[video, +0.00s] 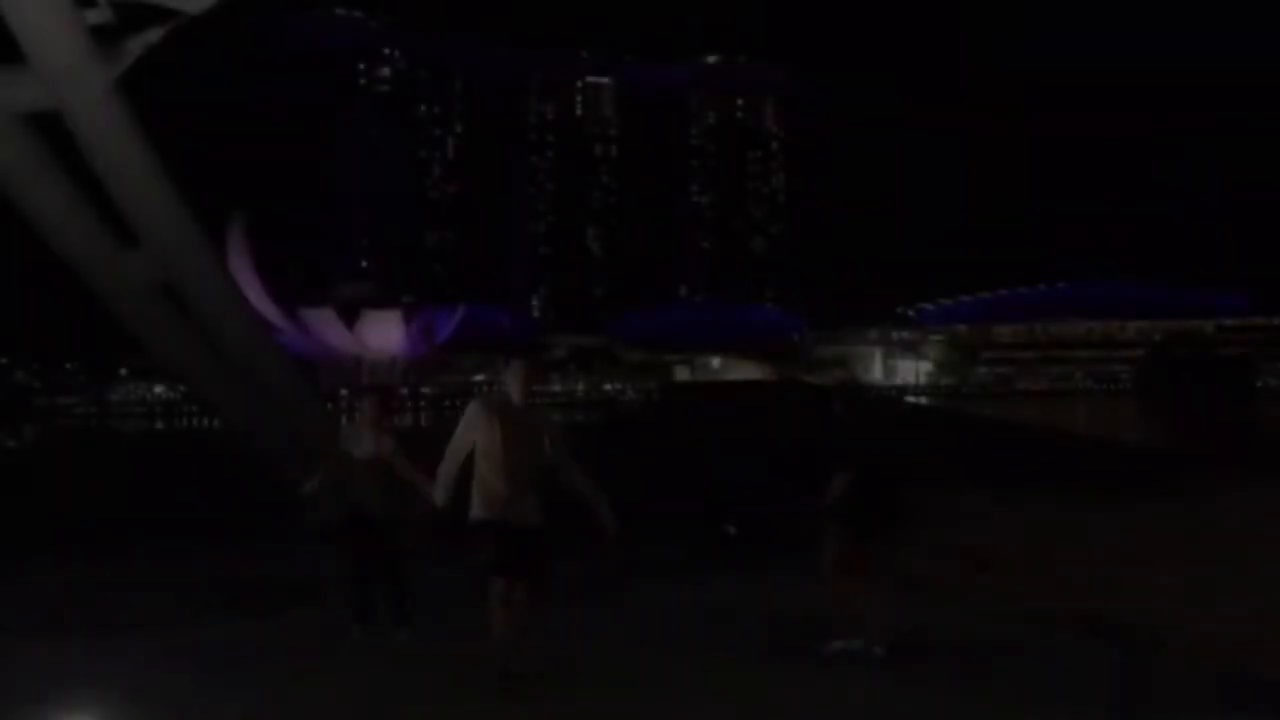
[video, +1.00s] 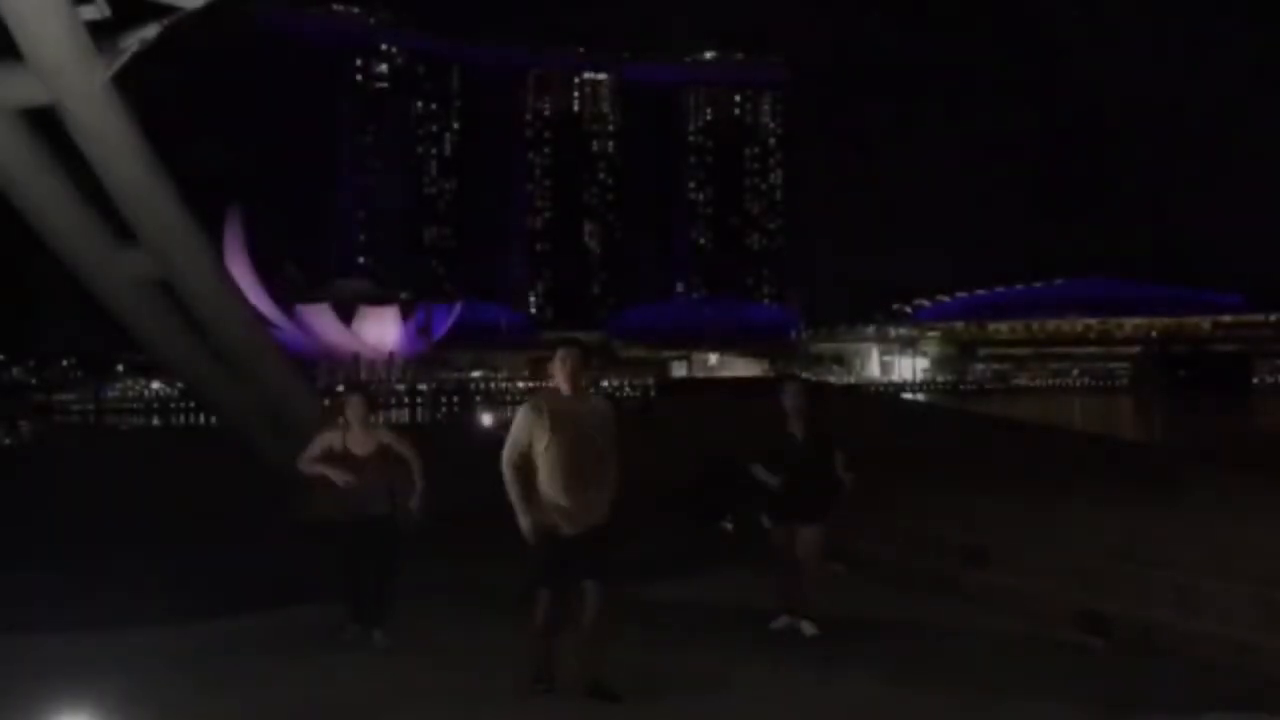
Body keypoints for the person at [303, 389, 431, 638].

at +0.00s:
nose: (368, 417)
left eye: (372, 412)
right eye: (363, 412)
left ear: (379, 414)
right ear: (357, 414)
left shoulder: (384, 441)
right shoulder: (347, 439)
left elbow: (404, 469)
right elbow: (332, 464)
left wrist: (427, 490)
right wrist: (316, 483)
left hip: (384, 507)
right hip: (352, 507)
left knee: (389, 563)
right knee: (357, 565)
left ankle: (397, 616)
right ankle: (360, 617)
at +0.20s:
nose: (343, 428)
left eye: (348, 422)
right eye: (340, 422)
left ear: (356, 425)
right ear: (334, 426)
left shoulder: (364, 454)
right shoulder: (340, 454)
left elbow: (385, 487)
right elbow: (329, 477)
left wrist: (395, 520)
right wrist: (312, 498)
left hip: (375, 523)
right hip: (351, 523)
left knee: (383, 573)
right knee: (358, 575)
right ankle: (361, 620)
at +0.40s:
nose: (328, 425)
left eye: (334, 419)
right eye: (326, 420)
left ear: (347, 421)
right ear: (325, 423)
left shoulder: (359, 446)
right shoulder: (331, 448)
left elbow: (356, 489)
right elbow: (334, 489)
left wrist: (352, 526)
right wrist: (314, 515)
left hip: (381, 514)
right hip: (358, 514)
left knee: (389, 570)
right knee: (359, 570)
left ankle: (401, 622)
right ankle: (363, 620)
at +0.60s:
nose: (332, 423)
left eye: (336, 416)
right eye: (328, 417)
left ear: (349, 418)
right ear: (324, 421)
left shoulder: (364, 440)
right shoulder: (330, 450)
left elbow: (364, 476)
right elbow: (331, 485)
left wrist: (348, 505)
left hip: (378, 512)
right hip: (352, 514)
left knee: (383, 570)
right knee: (357, 571)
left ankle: (392, 623)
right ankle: (360, 623)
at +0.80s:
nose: (341, 419)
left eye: (346, 412)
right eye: (337, 413)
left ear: (357, 414)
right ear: (332, 417)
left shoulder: (375, 441)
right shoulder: (327, 447)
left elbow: (392, 477)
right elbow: (318, 487)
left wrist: (381, 507)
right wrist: (341, 474)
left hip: (376, 517)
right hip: (345, 518)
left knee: (382, 569)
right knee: (351, 572)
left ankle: (389, 624)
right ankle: (356, 624)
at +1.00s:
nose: (354, 412)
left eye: (359, 407)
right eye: (350, 407)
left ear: (368, 411)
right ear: (343, 411)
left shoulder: (381, 435)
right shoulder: (333, 437)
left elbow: (412, 459)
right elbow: (304, 463)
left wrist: (416, 493)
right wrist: (332, 473)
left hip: (380, 511)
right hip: (346, 512)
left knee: (381, 569)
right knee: (351, 570)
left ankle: (379, 625)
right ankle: (354, 623)